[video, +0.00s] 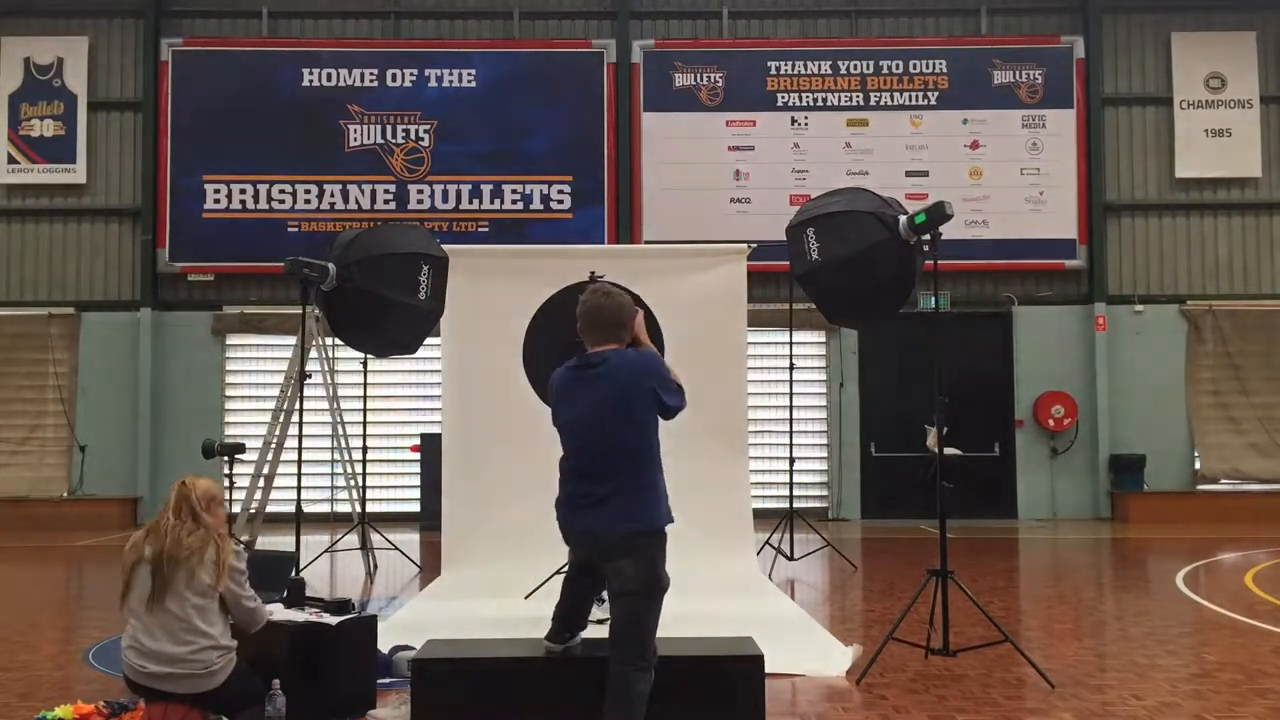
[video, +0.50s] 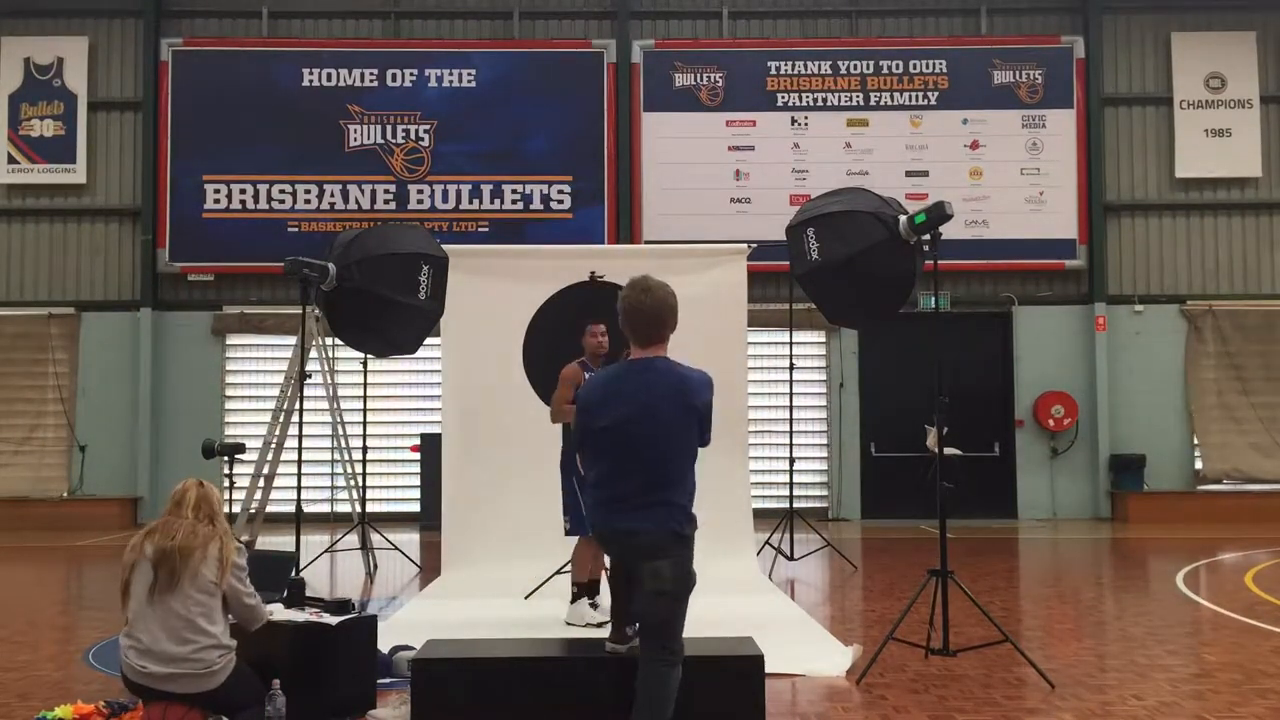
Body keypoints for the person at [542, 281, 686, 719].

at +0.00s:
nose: (636, 330)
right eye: (634, 324)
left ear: (581, 330)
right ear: (631, 328)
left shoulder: (562, 380)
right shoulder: (645, 366)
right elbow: (673, 402)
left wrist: (598, 351)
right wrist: (647, 346)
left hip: (578, 519)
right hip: (637, 522)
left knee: (586, 564)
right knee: (634, 648)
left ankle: (561, 636)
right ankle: (623, 715)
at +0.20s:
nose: (676, 334)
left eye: (620, 329)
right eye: (675, 329)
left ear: (623, 334)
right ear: (673, 332)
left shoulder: (607, 380)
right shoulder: (687, 367)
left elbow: (598, 450)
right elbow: (713, 405)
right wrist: (690, 354)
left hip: (619, 519)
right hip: (675, 522)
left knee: (636, 562)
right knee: (670, 650)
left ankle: (624, 631)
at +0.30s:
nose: (681, 335)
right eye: (681, 329)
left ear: (630, 332)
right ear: (680, 333)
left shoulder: (612, 379)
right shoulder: (694, 369)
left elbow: (600, 448)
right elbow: (720, 406)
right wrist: (696, 354)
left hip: (621, 519)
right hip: (679, 522)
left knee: (642, 558)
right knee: (674, 650)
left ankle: (625, 630)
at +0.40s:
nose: (617, 330)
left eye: (617, 323)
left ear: (618, 327)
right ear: (667, 325)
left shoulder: (598, 391)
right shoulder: (690, 376)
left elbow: (593, 459)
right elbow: (707, 443)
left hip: (616, 524)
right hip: (673, 527)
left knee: (642, 559)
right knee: (670, 650)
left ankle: (626, 631)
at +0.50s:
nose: (607, 330)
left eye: (614, 322)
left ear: (623, 325)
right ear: (672, 324)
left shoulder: (594, 387)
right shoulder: (696, 384)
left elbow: (584, 455)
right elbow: (700, 439)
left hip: (609, 527)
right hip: (667, 530)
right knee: (662, 649)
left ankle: (625, 630)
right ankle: (648, 719)